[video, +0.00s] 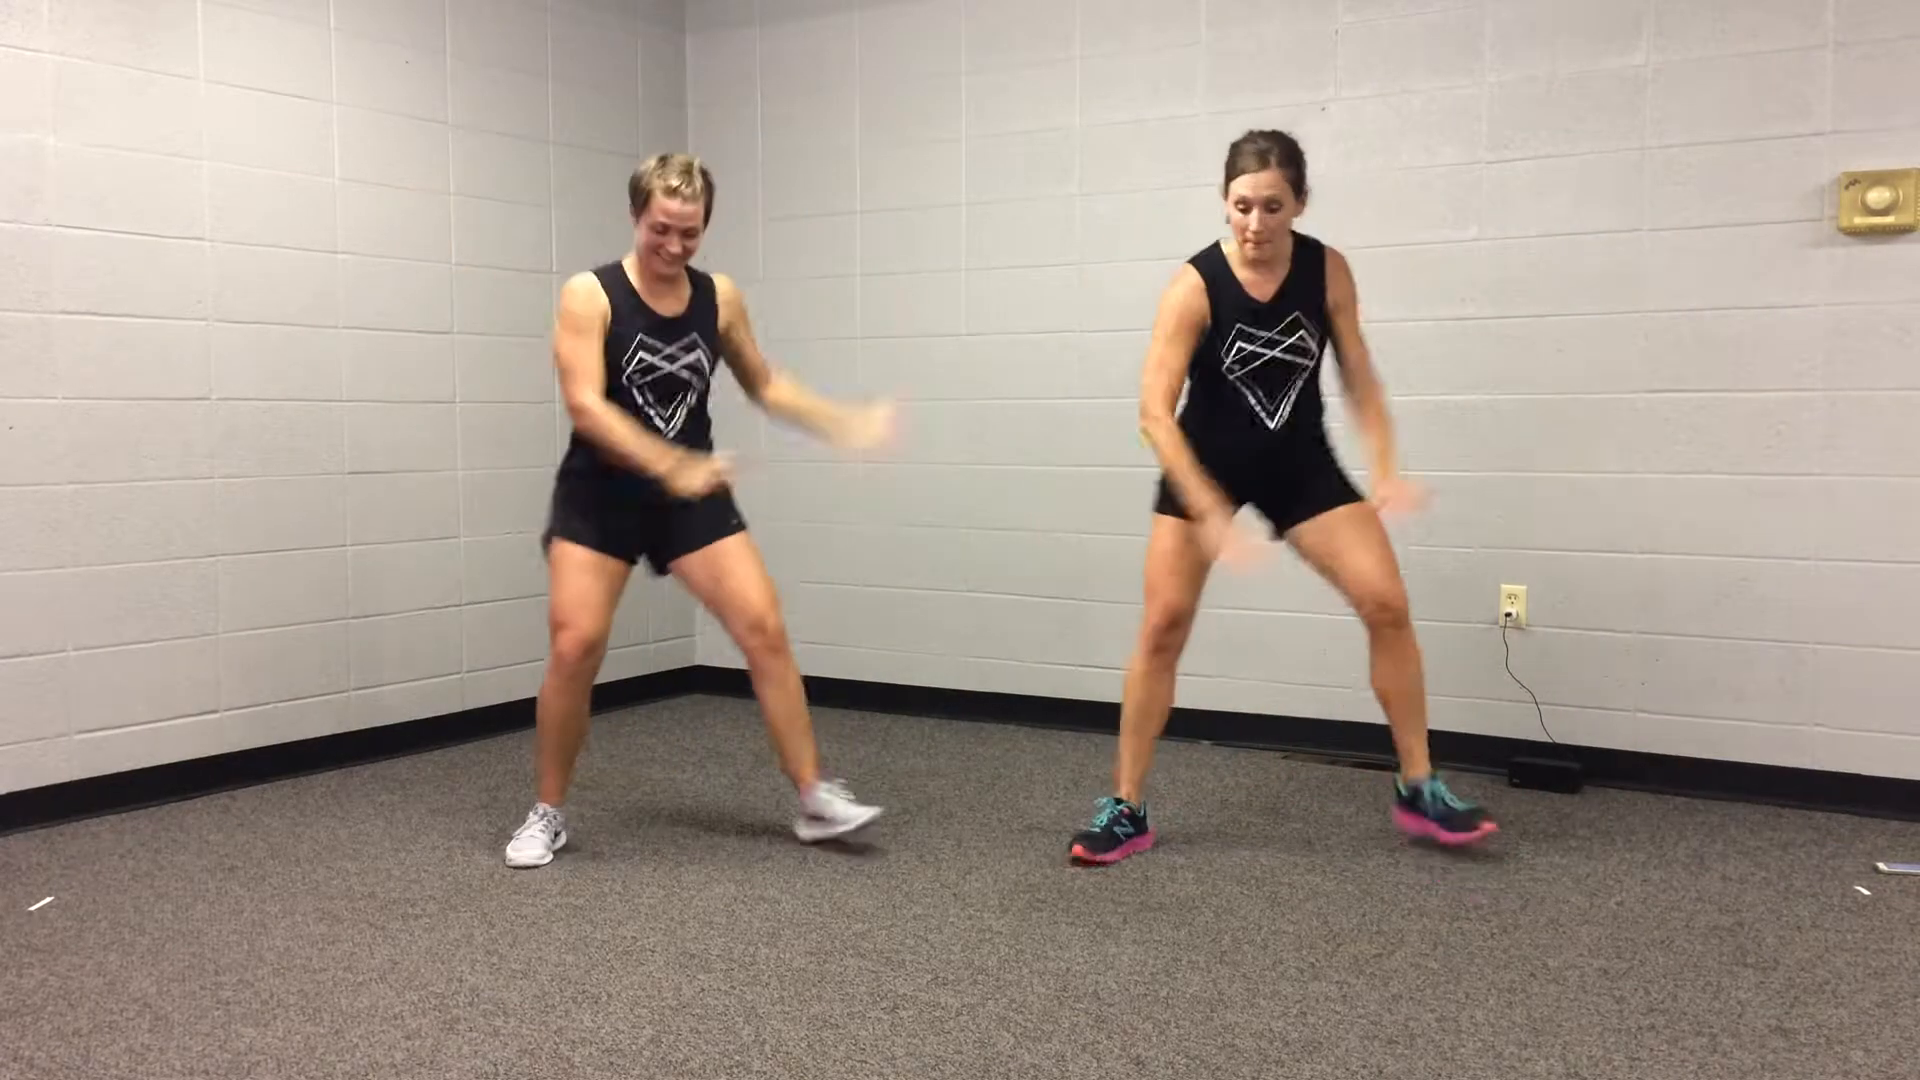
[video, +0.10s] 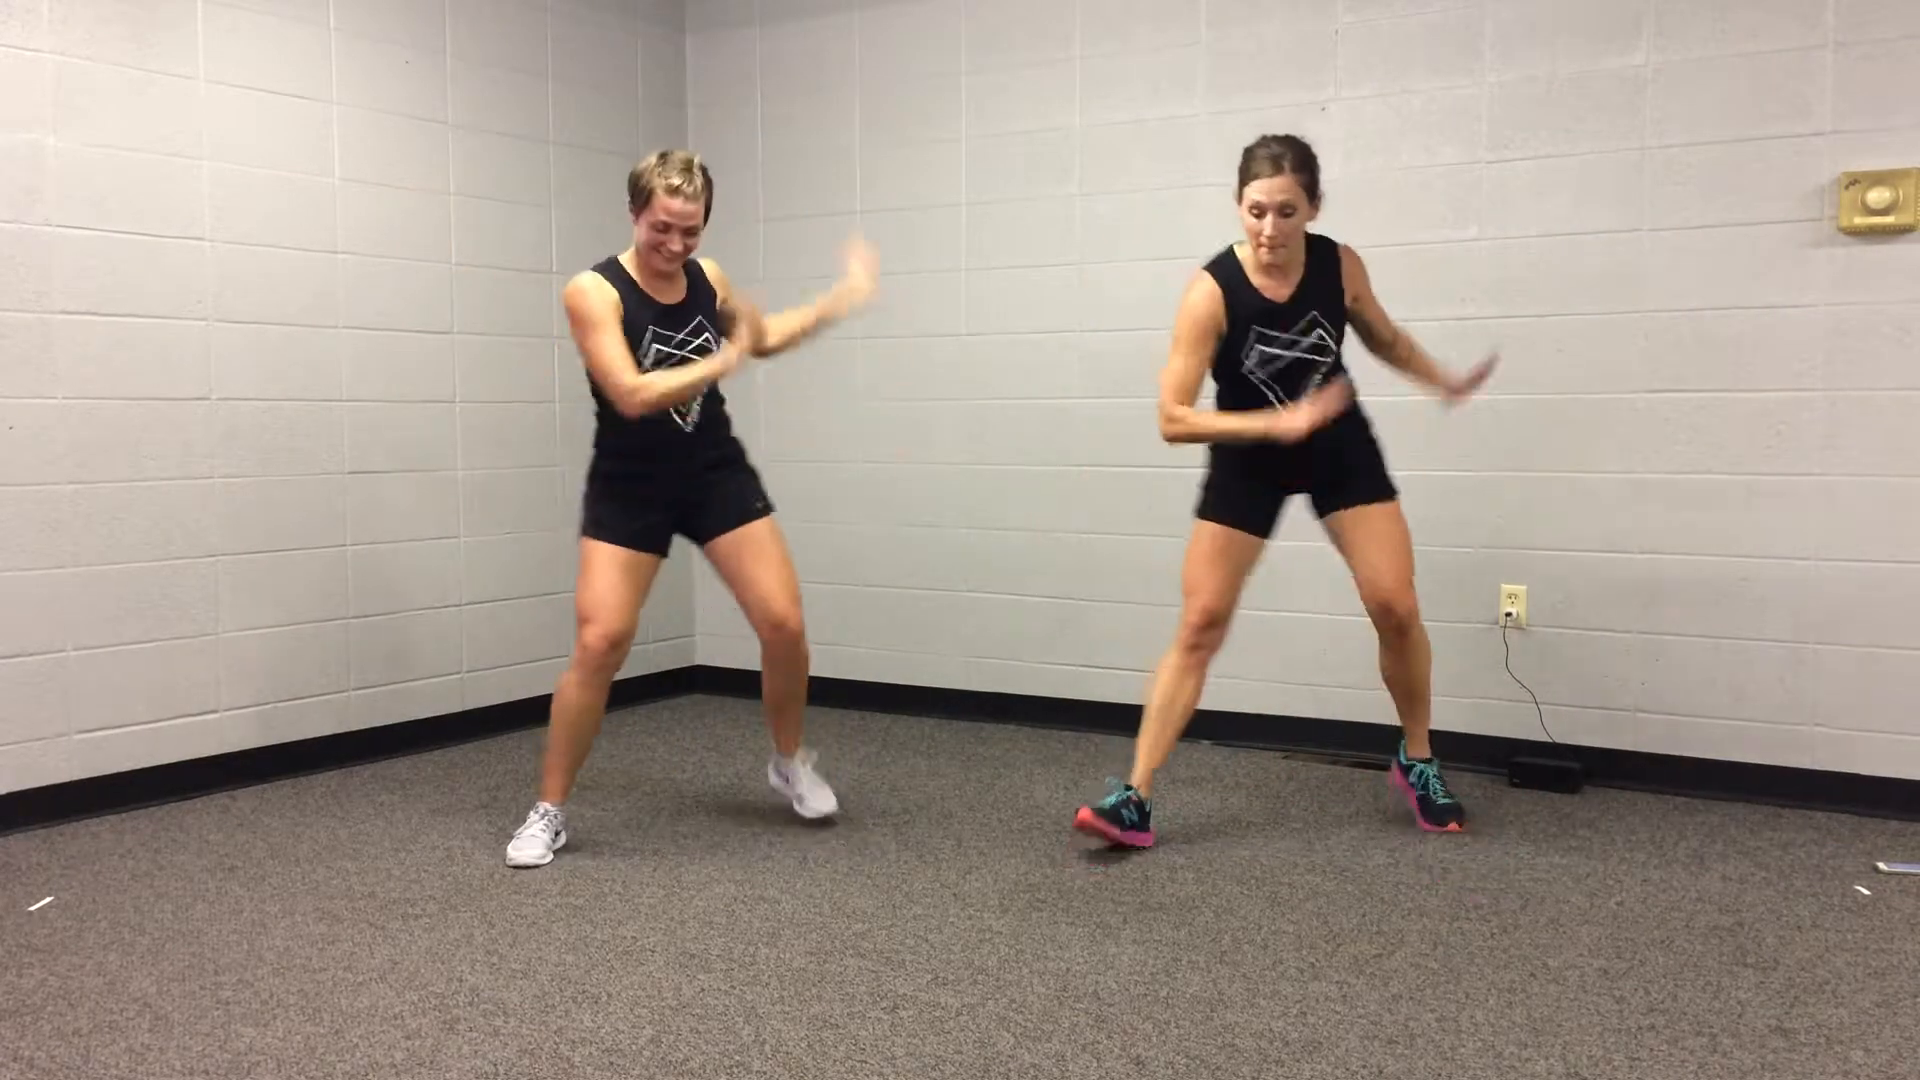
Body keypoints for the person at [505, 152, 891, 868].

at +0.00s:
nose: (674, 246)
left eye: (688, 232)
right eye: (661, 229)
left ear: (704, 229)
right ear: (634, 219)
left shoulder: (718, 299)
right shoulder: (588, 295)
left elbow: (764, 384)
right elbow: (586, 406)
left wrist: (842, 423)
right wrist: (673, 463)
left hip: (688, 489)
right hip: (601, 489)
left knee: (764, 628)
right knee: (574, 643)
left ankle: (813, 796)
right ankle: (547, 810)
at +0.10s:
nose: (675, 243)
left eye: (688, 230)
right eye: (661, 226)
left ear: (703, 226)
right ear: (634, 216)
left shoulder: (707, 280)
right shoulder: (593, 292)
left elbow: (760, 338)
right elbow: (629, 396)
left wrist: (836, 301)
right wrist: (727, 360)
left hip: (713, 470)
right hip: (629, 479)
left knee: (784, 622)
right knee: (600, 638)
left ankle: (789, 761)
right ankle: (548, 808)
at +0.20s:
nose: (682, 260)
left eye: (694, 247)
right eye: (669, 245)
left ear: (707, 244)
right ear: (641, 238)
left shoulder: (712, 294)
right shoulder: (605, 318)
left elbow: (773, 331)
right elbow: (664, 415)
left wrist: (805, 264)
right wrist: (722, 333)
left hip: (740, 485)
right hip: (658, 497)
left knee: (794, 645)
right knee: (624, 646)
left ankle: (804, 758)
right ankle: (551, 808)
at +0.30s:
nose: (692, 289)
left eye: (704, 275)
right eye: (678, 275)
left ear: (718, 271)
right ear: (652, 269)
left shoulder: (736, 319)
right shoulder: (620, 352)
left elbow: (788, 384)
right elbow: (652, 465)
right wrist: (735, 429)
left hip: (762, 495)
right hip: (682, 511)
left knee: (811, 645)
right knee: (645, 650)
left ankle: (803, 766)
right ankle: (555, 809)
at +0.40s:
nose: (701, 297)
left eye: (713, 283)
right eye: (688, 284)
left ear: (733, 271)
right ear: (669, 273)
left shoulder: (765, 327)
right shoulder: (634, 340)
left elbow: (810, 416)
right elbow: (622, 445)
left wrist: (854, 493)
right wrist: (672, 527)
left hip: (769, 496)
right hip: (685, 507)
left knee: (805, 639)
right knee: (637, 639)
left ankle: (804, 767)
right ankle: (564, 798)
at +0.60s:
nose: (699, 255)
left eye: (712, 243)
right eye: (689, 242)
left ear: (741, 232)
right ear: (676, 232)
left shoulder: (773, 310)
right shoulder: (655, 275)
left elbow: (756, 420)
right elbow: (593, 335)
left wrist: (663, 401)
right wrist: (515, 327)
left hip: (717, 471)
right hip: (635, 457)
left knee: (755, 625)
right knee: (588, 602)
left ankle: (799, 761)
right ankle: (574, 757)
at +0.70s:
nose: (688, 261)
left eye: (702, 248)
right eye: (677, 248)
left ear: (734, 245)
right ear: (667, 245)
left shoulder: (759, 332)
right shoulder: (653, 291)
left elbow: (706, 431)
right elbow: (576, 334)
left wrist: (649, 348)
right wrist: (558, 262)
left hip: (683, 492)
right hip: (602, 472)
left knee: (741, 642)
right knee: (568, 620)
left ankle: (796, 762)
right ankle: (565, 770)